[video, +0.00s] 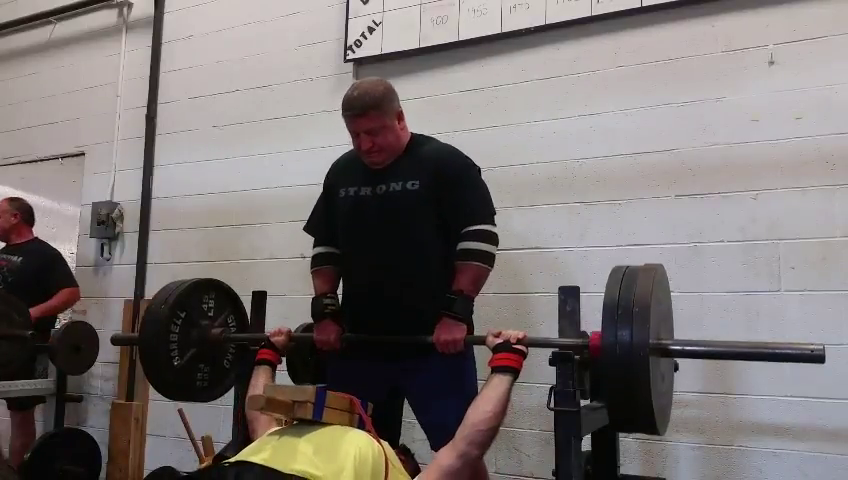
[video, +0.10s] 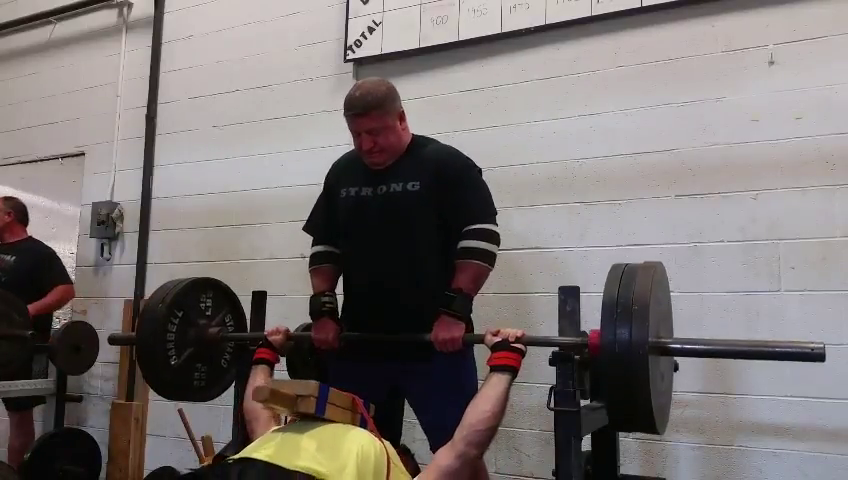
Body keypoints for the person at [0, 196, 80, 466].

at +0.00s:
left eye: (2, 216)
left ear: (16, 219)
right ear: (17, 219)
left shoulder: (45, 253)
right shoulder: (5, 252)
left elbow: (72, 292)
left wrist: (32, 313)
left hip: (26, 344)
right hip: (5, 341)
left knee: (20, 412)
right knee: (18, 411)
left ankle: (15, 470)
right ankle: (14, 469)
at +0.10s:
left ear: (9, 217)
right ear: (12, 218)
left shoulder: (39, 252)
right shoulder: (4, 251)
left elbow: (66, 291)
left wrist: (27, 311)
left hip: (23, 344)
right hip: (6, 342)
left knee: (19, 414)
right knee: (17, 413)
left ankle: (15, 472)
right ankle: (14, 471)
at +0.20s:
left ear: (5, 216)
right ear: (8, 216)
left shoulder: (29, 249)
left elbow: (61, 286)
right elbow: (60, 286)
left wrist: (20, 309)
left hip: (20, 343)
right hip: (7, 342)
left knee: (16, 413)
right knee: (15, 413)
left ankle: (14, 473)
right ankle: (13, 472)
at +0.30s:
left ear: (5, 218)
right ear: (10, 219)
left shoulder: (22, 248)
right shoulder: (21, 248)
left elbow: (55, 282)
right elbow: (54, 282)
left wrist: (18, 305)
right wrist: (19, 305)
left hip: (14, 344)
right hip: (11, 345)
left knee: (12, 413)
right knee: (12, 413)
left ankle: (13, 471)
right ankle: (12, 470)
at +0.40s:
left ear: (3, 222)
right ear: (6, 222)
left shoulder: (16, 247)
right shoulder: (17, 247)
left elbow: (48, 281)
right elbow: (48, 281)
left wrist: (16, 299)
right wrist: (17, 300)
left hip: (10, 342)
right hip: (10, 342)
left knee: (8, 410)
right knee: (8, 410)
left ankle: (12, 471)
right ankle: (11, 470)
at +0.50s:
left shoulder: (11, 247)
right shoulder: (12, 247)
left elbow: (43, 280)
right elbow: (42, 280)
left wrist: (13, 297)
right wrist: (15, 297)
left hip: (10, 341)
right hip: (9, 342)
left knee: (4, 411)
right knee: (4, 411)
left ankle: (9, 471)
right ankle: (9, 471)